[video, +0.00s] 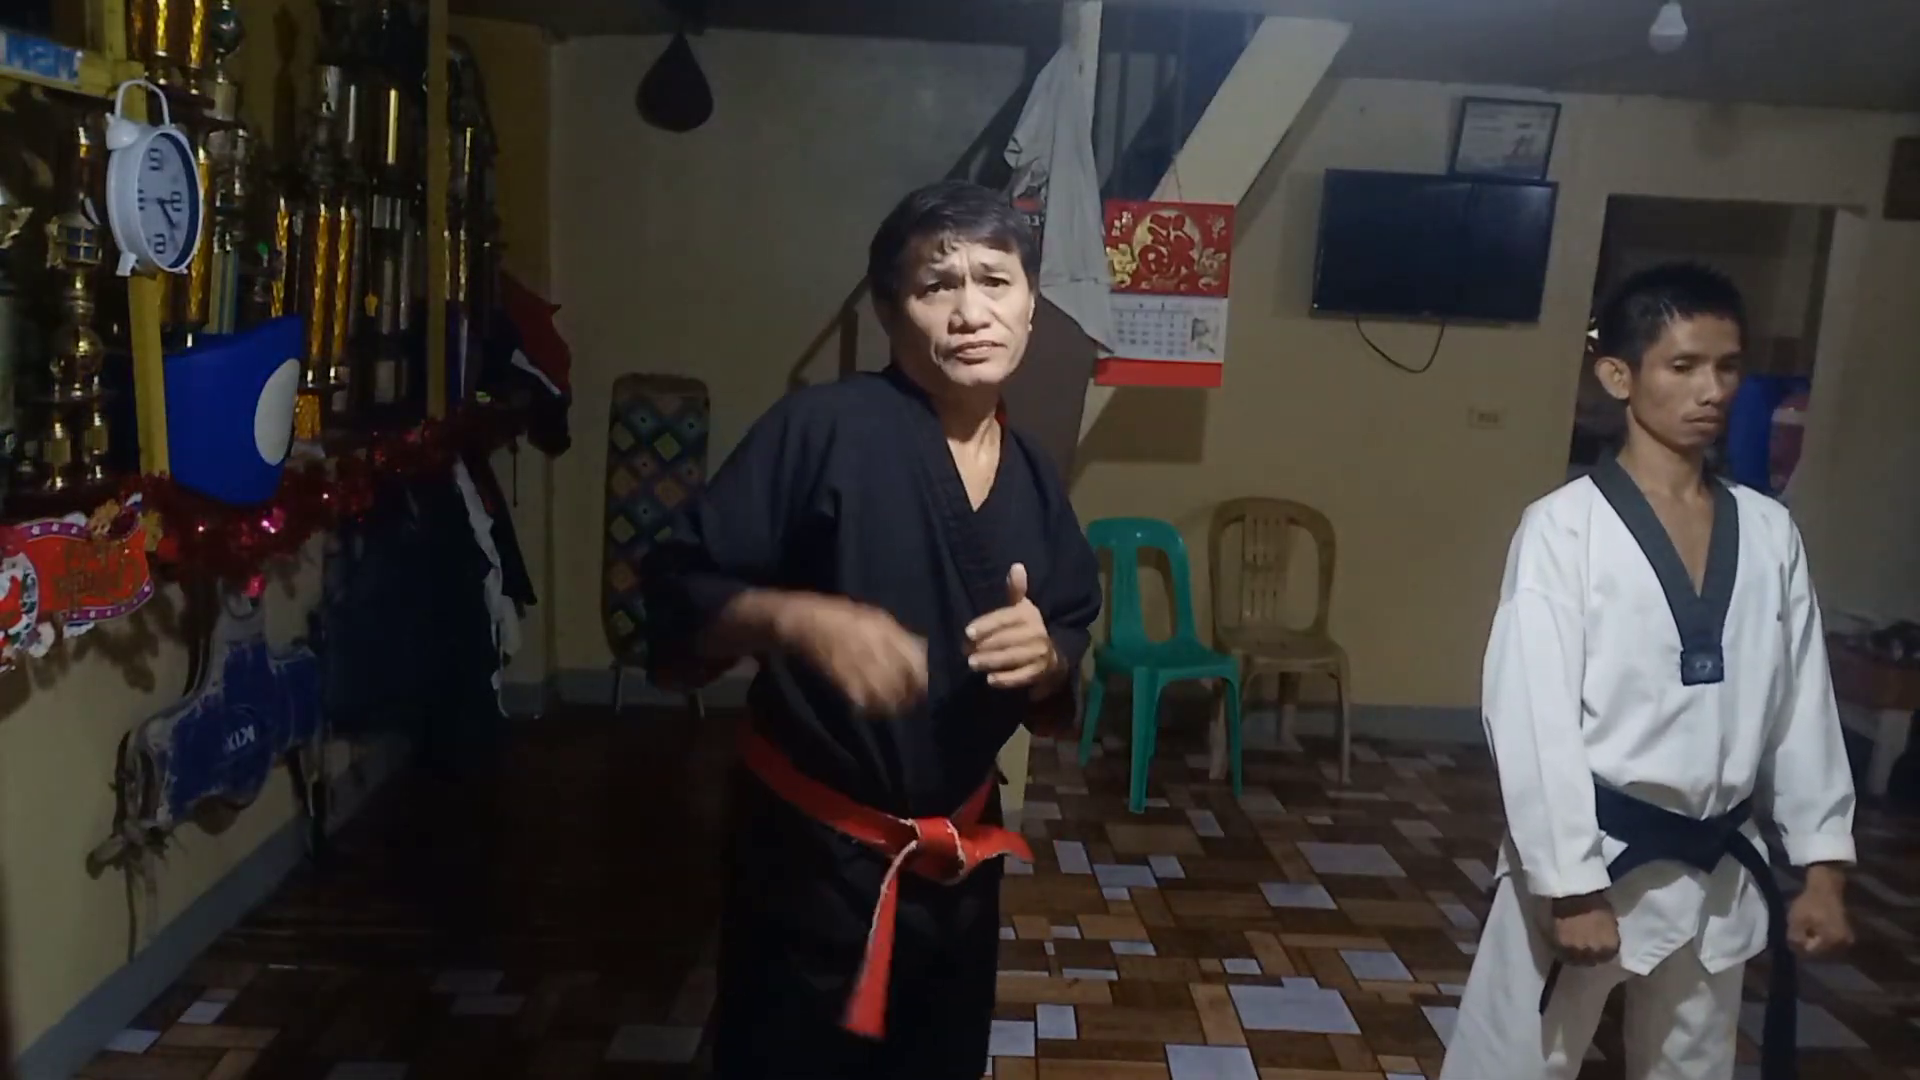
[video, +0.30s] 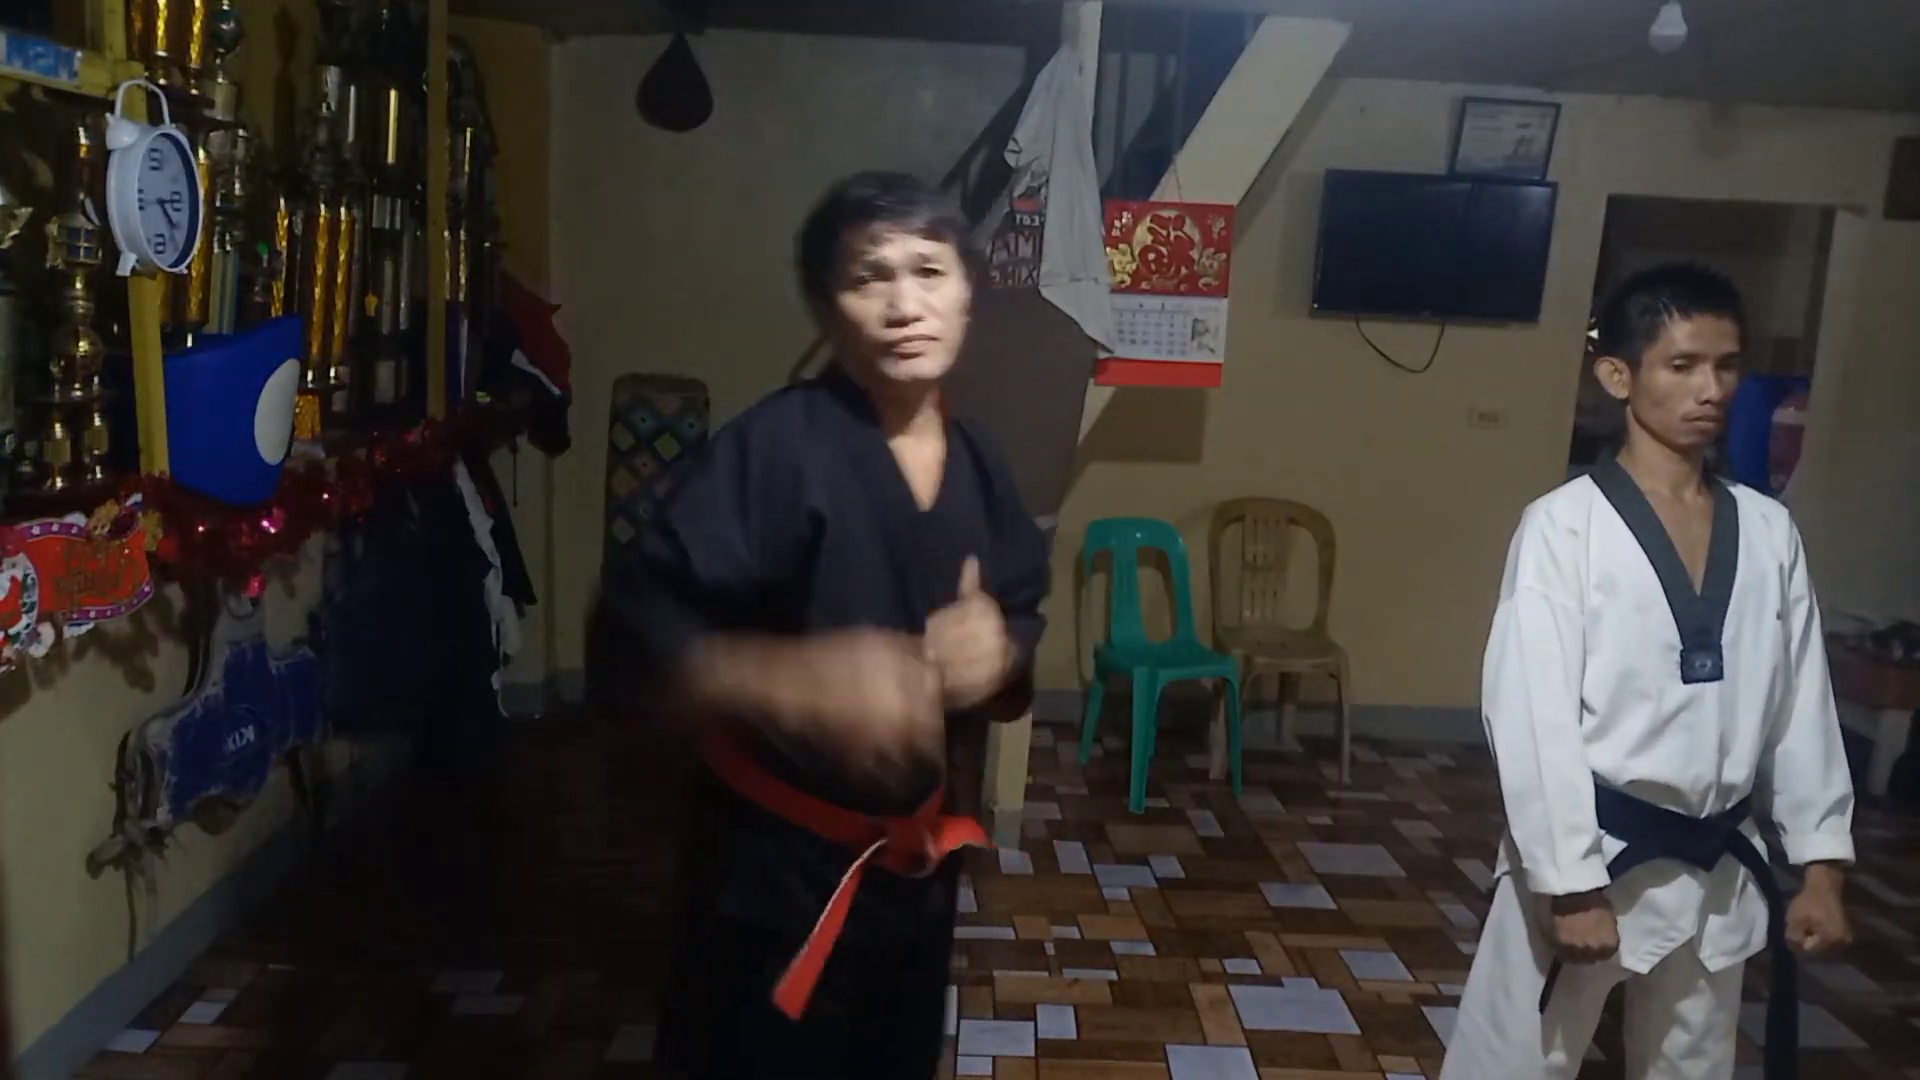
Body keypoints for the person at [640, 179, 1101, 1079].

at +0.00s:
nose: (972, 313)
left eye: (996, 282)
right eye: (937, 287)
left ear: (1032, 304)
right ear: (890, 314)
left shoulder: (1027, 469)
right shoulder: (818, 431)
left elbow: (1069, 635)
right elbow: (671, 593)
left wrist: (1045, 652)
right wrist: (798, 618)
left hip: (958, 852)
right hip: (815, 844)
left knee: (944, 1063)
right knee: (789, 1063)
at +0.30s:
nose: (905, 303)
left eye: (930, 272)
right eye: (869, 279)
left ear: (969, 293)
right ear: (825, 309)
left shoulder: (973, 456)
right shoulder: (770, 449)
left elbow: (1019, 630)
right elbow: (631, 641)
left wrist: (992, 651)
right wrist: (807, 679)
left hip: (916, 862)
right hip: (775, 859)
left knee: (897, 1063)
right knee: (752, 1065)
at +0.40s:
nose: (852, 320)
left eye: (874, 284)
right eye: (812, 296)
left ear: (910, 296)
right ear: (764, 326)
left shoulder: (949, 460)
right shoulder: (719, 488)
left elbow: (1000, 614)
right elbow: (696, 748)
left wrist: (938, 648)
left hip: (892, 861)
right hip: (743, 868)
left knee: (893, 1062)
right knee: (744, 1065)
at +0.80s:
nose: (895, 338)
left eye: (915, 306)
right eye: (862, 314)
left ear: (948, 321)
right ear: (824, 341)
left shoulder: (980, 475)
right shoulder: (776, 475)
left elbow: (1019, 612)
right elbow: (689, 657)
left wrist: (1002, 679)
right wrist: (784, 778)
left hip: (916, 832)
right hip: (783, 834)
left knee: (885, 1052)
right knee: (770, 1058)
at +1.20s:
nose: (912, 338)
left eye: (930, 308)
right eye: (879, 313)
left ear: (959, 317)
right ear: (837, 334)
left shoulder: (972, 463)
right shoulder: (797, 451)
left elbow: (1018, 650)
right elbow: (693, 633)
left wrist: (1003, 569)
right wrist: (835, 660)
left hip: (908, 812)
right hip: (783, 810)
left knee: (887, 1045)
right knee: (759, 1050)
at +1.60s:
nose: (864, 351)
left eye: (886, 318)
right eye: (830, 325)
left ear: (921, 325)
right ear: (784, 340)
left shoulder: (947, 471)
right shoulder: (748, 463)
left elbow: (1004, 652)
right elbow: (700, 594)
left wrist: (992, 549)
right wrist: (774, 593)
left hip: (902, 837)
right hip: (767, 839)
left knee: (916, 1052)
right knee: (753, 1058)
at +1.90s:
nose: (781, 377)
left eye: (807, 347)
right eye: (752, 350)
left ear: (848, 356)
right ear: (714, 366)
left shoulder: (883, 478)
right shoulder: (673, 496)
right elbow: (631, 672)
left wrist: (928, 596)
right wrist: (694, 507)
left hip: (876, 876)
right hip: (722, 878)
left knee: (891, 1066)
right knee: (713, 1066)